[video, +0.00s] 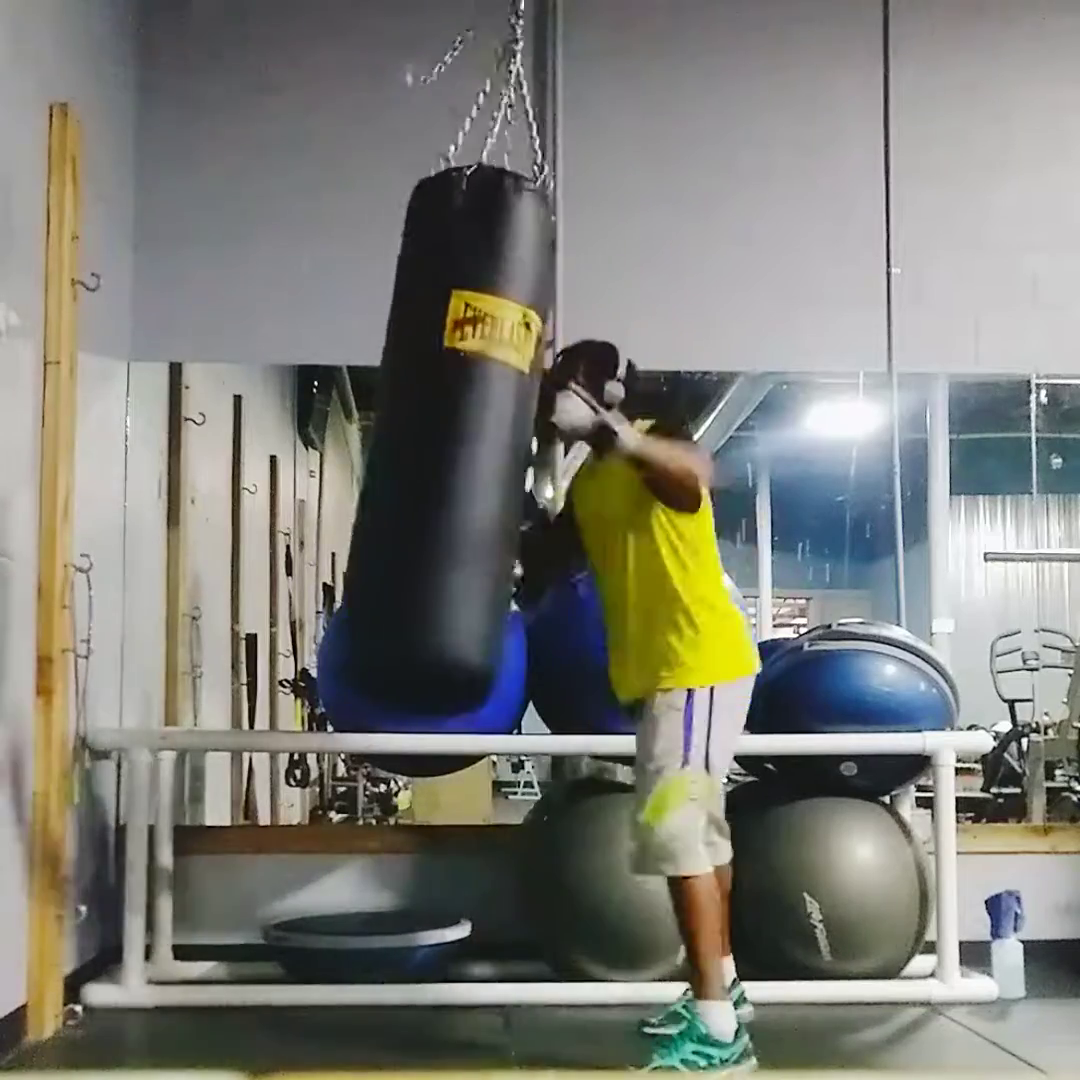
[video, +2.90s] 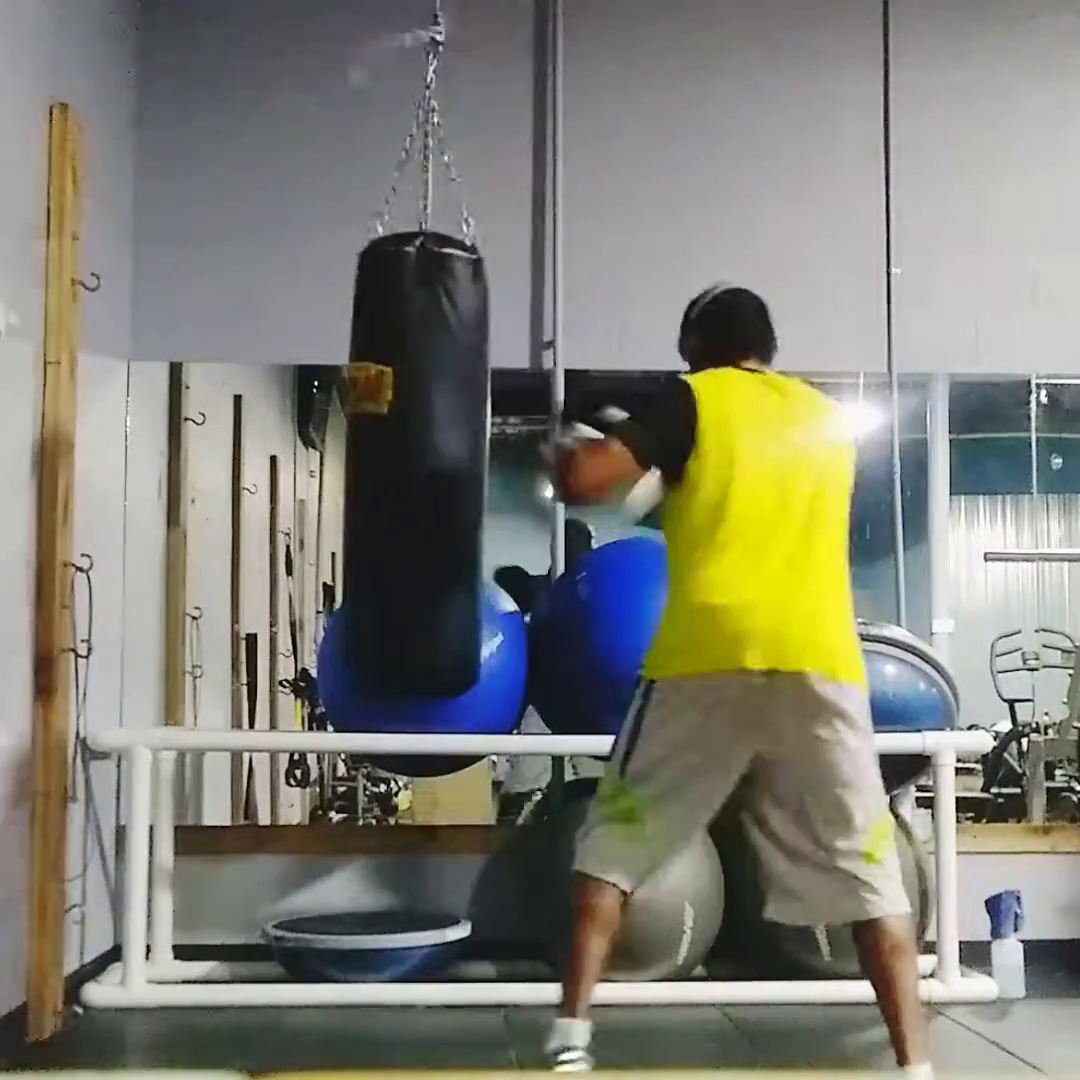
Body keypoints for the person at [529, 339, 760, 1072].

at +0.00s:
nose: (553, 412)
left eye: (562, 396)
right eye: (551, 398)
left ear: (599, 391)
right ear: (578, 400)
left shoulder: (657, 449)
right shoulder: (587, 485)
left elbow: (695, 482)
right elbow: (537, 569)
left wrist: (613, 432)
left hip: (700, 666)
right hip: (662, 672)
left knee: (677, 831)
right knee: (696, 834)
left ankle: (715, 1019)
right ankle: (717, 995)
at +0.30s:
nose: (619, 381)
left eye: (626, 367)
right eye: (620, 369)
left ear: (659, 370)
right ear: (662, 370)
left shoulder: (714, 435)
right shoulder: (653, 454)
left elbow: (737, 514)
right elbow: (645, 555)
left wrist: (642, 500)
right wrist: (587, 519)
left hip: (747, 663)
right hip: (711, 665)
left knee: (721, 836)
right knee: (742, 828)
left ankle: (721, 1030)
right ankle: (831, 967)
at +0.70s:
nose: (723, 370)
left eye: (735, 357)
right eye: (725, 358)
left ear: (775, 363)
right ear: (752, 365)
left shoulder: (819, 429)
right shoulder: (744, 451)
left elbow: (887, 520)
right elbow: (721, 571)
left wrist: (780, 502)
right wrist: (693, 527)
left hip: (819, 661)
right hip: (780, 661)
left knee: (771, 832)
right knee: (845, 835)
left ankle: (754, 1021)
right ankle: (909, 1001)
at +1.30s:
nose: (772, 398)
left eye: (783, 385)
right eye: (776, 386)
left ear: (819, 390)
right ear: (825, 392)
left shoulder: (886, 440)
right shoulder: (820, 476)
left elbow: (898, 511)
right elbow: (779, 558)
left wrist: (817, 453)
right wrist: (738, 491)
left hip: (910, 669)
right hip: (933, 668)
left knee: (874, 839)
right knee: (956, 838)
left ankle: (884, 1036)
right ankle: (1011, 1010)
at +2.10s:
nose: (838, 394)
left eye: (841, 384)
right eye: (838, 387)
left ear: (858, 378)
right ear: (924, 376)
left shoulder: (876, 412)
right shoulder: (967, 434)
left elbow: (802, 471)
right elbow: (898, 526)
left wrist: (748, 450)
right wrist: (829, 487)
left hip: (920, 653)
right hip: (1015, 655)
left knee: (845, 845)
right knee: (1054, 849)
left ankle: (837, 1042)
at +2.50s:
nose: (790, 389)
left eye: (789, 378)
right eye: (790, 381)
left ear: (803, 371)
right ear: (872, 370)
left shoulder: (804, 407)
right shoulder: (935, 435)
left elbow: (701, 481)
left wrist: (679, 446)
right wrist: (744, 450)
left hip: (839, 651)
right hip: (948, 655)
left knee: (759, 841)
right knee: (995, 863)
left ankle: (709, 1041)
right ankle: (1056, 1054)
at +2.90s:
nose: (684, 366)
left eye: (686, 356)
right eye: (688, 358)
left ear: (695, 352)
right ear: (769, 350)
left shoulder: (688, 396)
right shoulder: (831, 419)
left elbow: (586, 478)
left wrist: (573, 445)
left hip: (706, 653)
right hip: (823, 656)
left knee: (622, 833)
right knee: (867, 861)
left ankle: (570, 1033)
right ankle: (914, 1059)